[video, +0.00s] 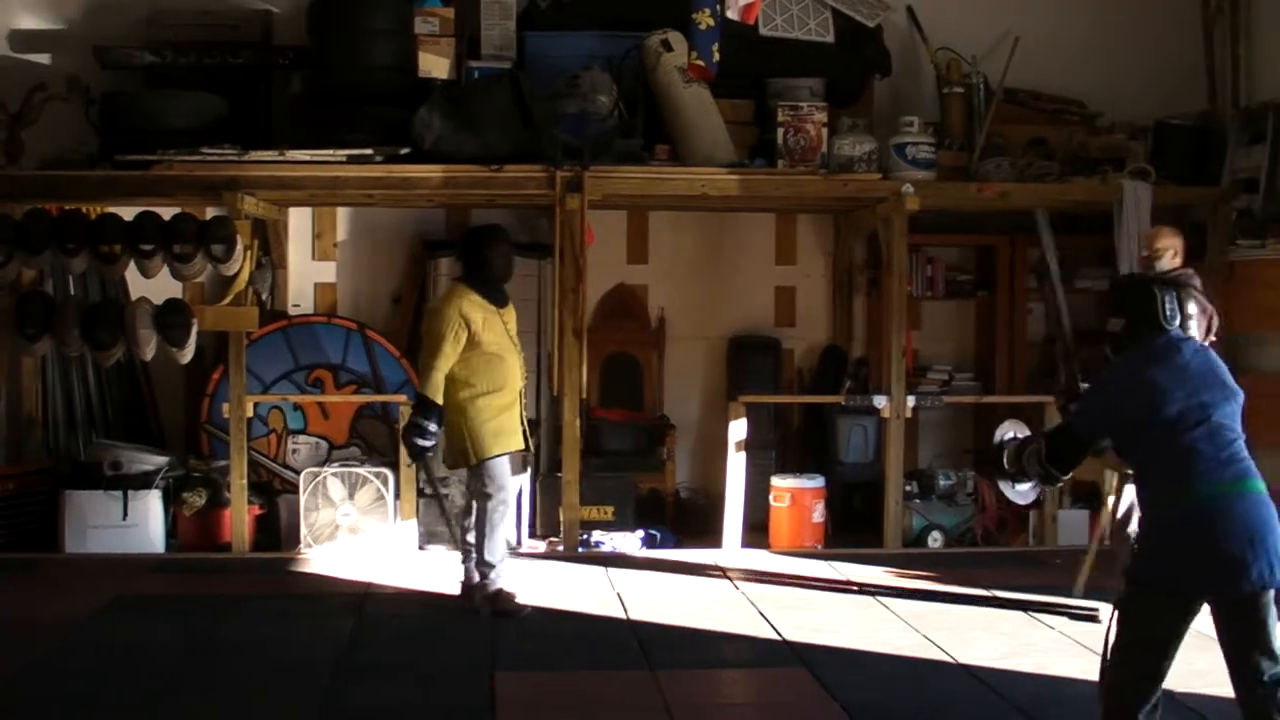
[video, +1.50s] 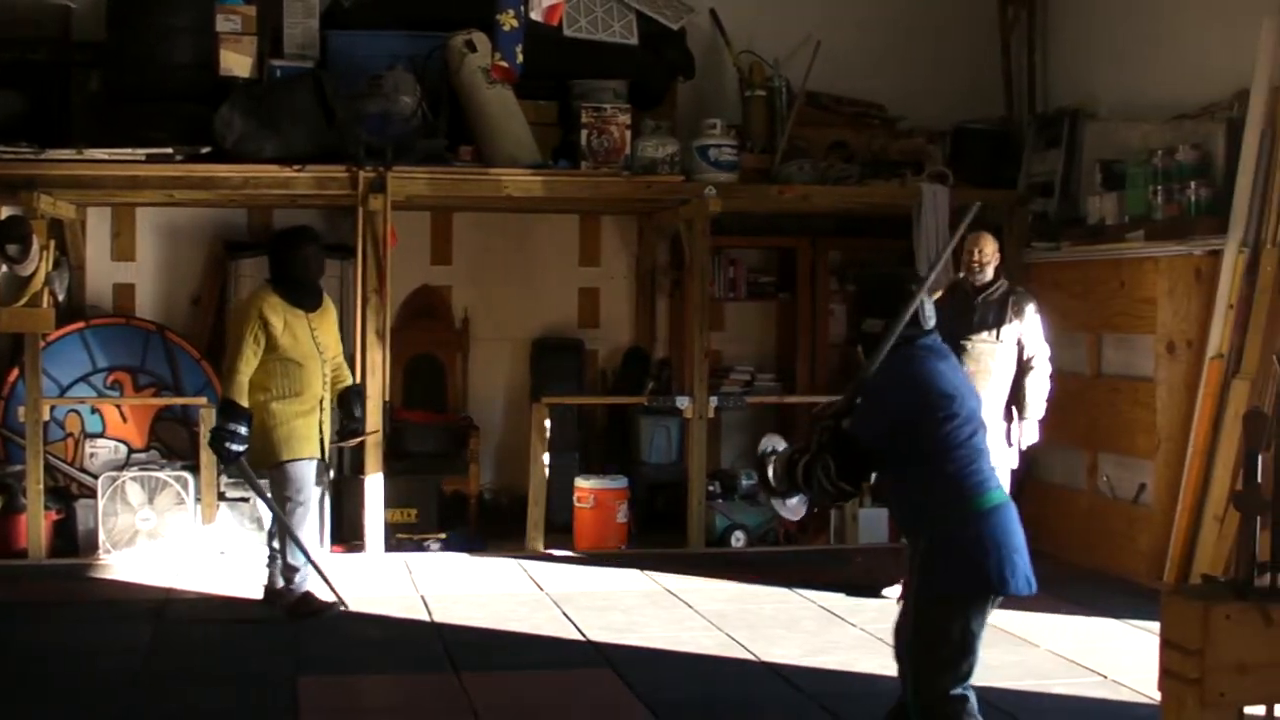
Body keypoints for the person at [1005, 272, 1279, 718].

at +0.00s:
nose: (1110, 330)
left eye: (1115, 319)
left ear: (1127, 322)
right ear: (1177, 315)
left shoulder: (1121, 378)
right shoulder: (1212, 361)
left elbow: (1055, 455)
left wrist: (1012, 455)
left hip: (1175, 539)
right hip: (1250, 529)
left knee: (1129, 684)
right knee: (1263, 680)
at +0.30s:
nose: (1133, 334)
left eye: (1137, 324)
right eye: (1136, 324)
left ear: (1149, 328)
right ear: (1196, 321)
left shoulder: (1153, 384)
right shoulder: (1230, 367)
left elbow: (1087, 468)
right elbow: (1169, 441)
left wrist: (1044, 448)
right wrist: (1104, 410)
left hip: (1209, 552)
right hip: (1274, 546)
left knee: (1130, 696)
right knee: (1251, 684)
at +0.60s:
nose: (1102, 325)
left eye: (1106, 315)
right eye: (1103, 315)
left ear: (1117, 319)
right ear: (1166, 314)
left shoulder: (1123, 376)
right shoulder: (1196, 365)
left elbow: (1057, 461)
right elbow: (1147, 436)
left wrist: (1022, 429)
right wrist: (1080, 409)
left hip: (1172, 547)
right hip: (1235, 543)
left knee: (1106, 674)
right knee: (1202, 678)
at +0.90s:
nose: (1010, 327)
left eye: (1015, 316)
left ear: (1026, 320)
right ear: (1076, 312)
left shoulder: (1028, 377)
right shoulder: (1104, 363)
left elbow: (962, 456)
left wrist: (933, 419)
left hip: (1084, 551)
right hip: (1148, 544)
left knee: (1039, 687)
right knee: (1140, 682)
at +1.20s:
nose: (929, 324)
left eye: (934, 313)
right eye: (930, 312)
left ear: (949, 315)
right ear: (992, 307)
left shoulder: (962, 371)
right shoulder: (1017, 357)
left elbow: (892, 448)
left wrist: (852, 423)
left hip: (1020, 553)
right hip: (1070, 542)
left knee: (984, 693)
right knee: (1034, 681)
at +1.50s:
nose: (851, 332)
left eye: (857, 320)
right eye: (853, 319)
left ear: (874, 326)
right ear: (917, 313)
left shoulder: (897, 376)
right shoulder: (937, 360)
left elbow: (843, 468)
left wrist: (787, 468)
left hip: (960, 541)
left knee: (940, 681)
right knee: (915, 648)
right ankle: (918, 709)